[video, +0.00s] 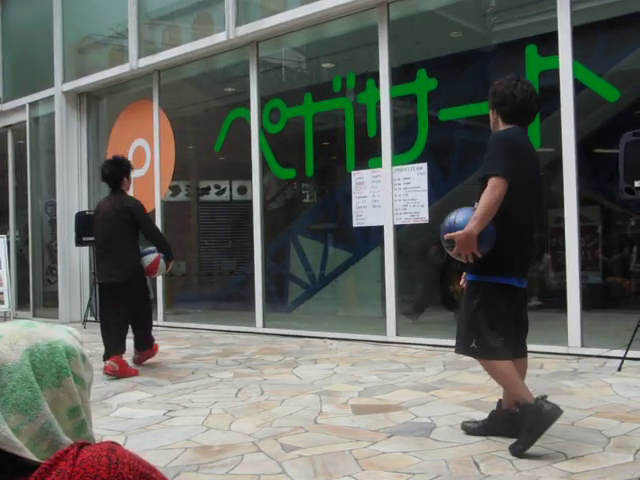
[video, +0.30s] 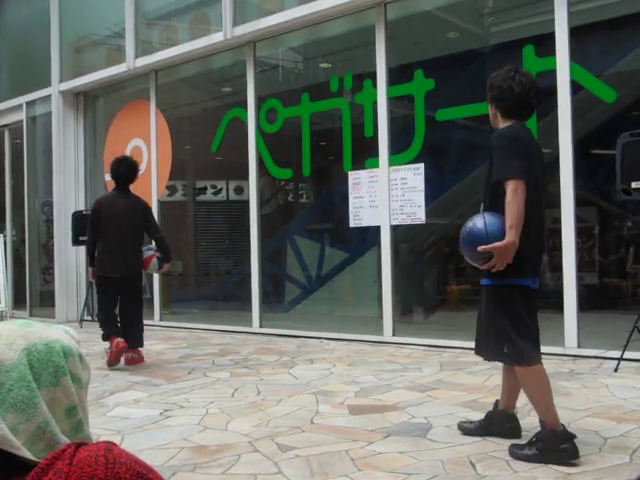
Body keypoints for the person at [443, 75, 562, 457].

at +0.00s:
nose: (488, 114)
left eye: (489, 109)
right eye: (491, 109)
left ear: (495, 112)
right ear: (527, 114)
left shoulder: (503, 142)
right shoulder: (526, 149)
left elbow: (496, 190)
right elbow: (514, 214)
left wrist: (469, 232)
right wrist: (476, 256)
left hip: (495, 265)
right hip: (516, 264)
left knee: (478, 340)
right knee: (513, 340)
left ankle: (532, 408)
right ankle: (506, 413)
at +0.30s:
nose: (487, 106)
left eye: (488, 100)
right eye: (488, 100)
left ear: (494, 104)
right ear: (528, 106)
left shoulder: (507, 140)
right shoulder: (527, 143)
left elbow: (516, 189)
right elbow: (527, 197)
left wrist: (511, 239)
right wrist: (511, 243)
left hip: (512, 264)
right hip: (522, 262)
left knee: (520, 346)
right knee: (512, 342)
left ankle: (554, 434)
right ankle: (504, 414)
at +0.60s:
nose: (492, 105)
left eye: (493, 99)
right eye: (494, 98)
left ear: (499, 103)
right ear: (534, 98)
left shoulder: (517, 136)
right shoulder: (542, 136)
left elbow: (524, 188)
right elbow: (540, 196)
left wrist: (515, 241)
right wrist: (518, 239)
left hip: (530, 261)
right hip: (544, 258)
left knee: (536, 347)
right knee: (528, 340)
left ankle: (556, 437)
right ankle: (516, 409)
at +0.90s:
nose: (515, 90)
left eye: (518, 85)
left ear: (520, 93)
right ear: (562, 92)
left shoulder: (523, 137)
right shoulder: (571, 137)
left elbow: (518, 194)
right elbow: (568, 200)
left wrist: (500, 248)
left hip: (534, 264)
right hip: (565, 261)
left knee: (544, 350)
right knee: (568, 341)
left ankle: (556, 439)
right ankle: (591, 423)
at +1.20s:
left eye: (544, 84)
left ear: (545, 91)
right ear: (588, 93)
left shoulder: (533, 138)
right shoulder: (600, 139)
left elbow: (505, 197)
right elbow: (609, 210)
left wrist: (475, 244)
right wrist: (597, 252)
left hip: (545, 268)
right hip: (591, 265)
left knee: (550, 352)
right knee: (603, 348)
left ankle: (556, 440)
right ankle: (607, 434)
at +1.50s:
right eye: (611, 89)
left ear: (568, 94)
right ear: (611, 94)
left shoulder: (555, 139)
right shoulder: (627, 139)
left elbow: (521, 195)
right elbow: (635, 204)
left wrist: (496, 240)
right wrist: (633, 250)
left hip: (566, 266)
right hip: (617, 263)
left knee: (550, 344)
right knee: (617, 347)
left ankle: (553, 431)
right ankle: (610, 433)